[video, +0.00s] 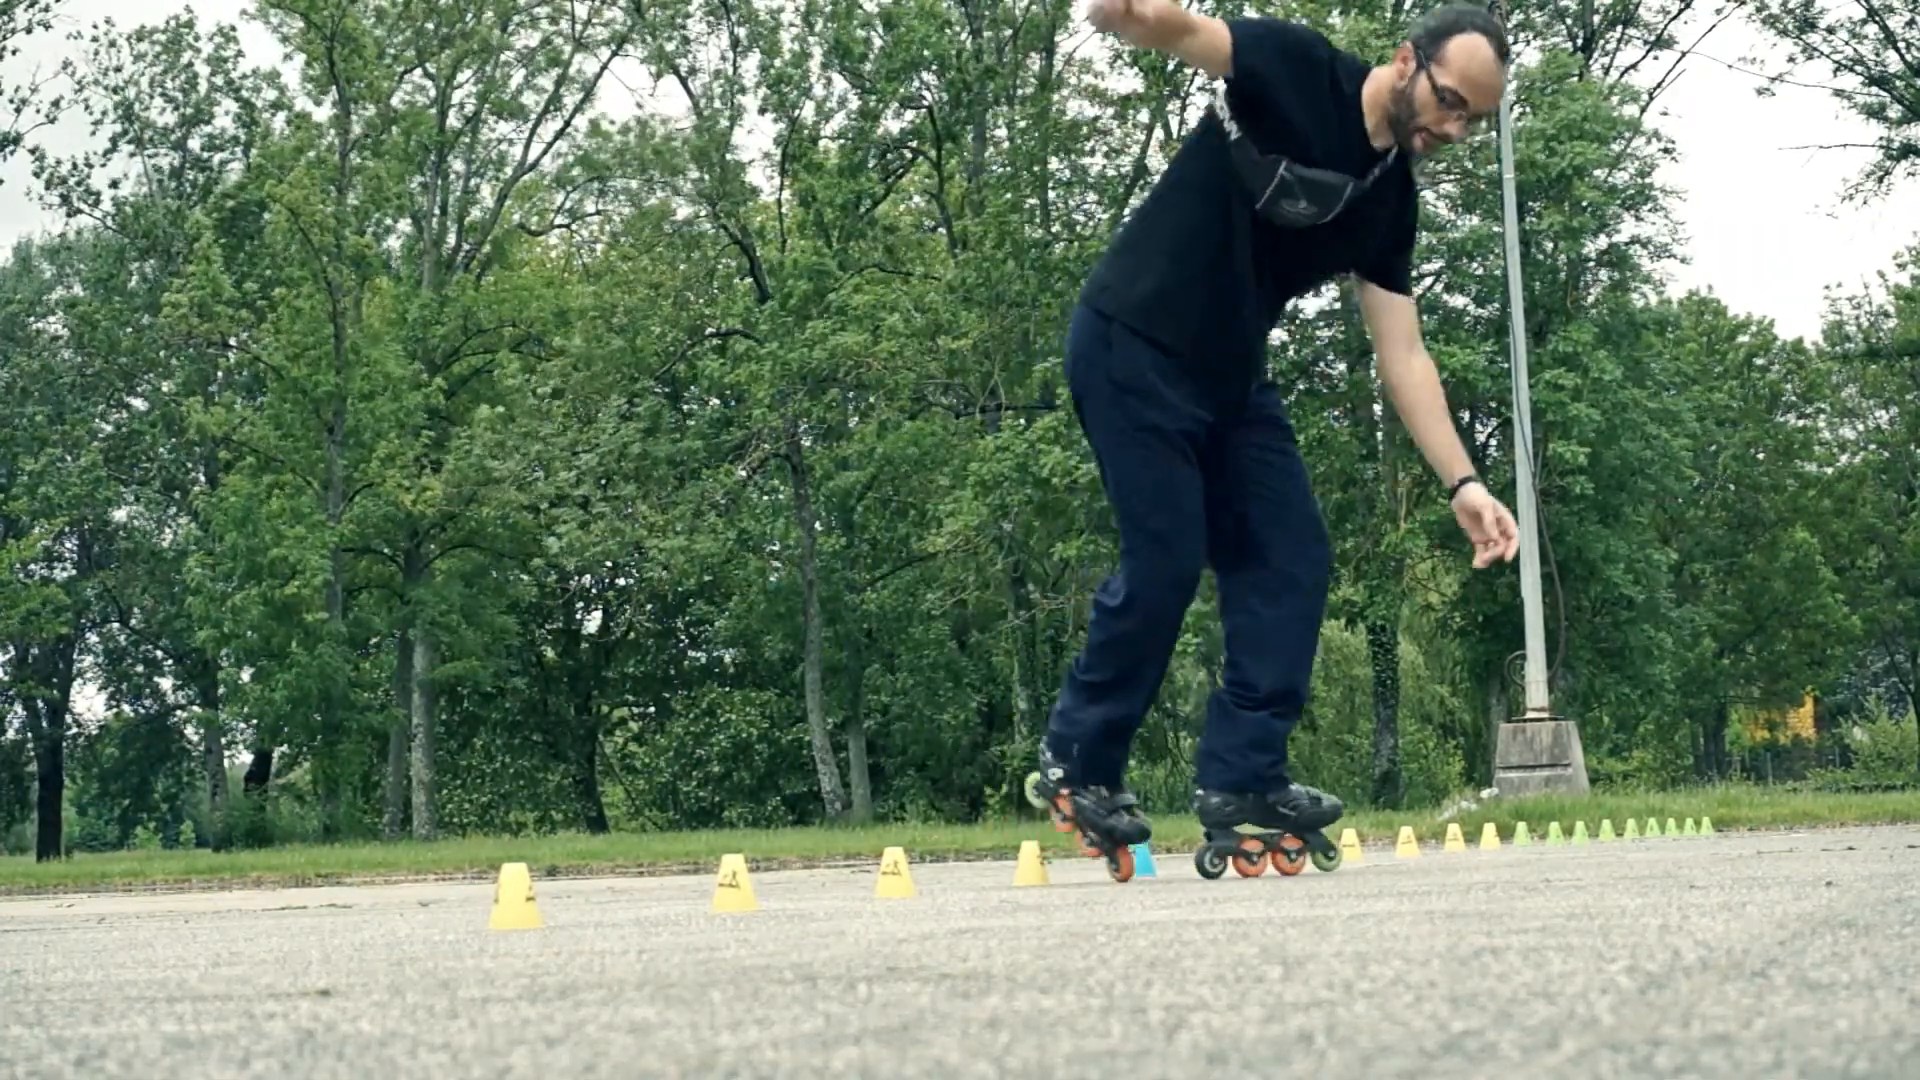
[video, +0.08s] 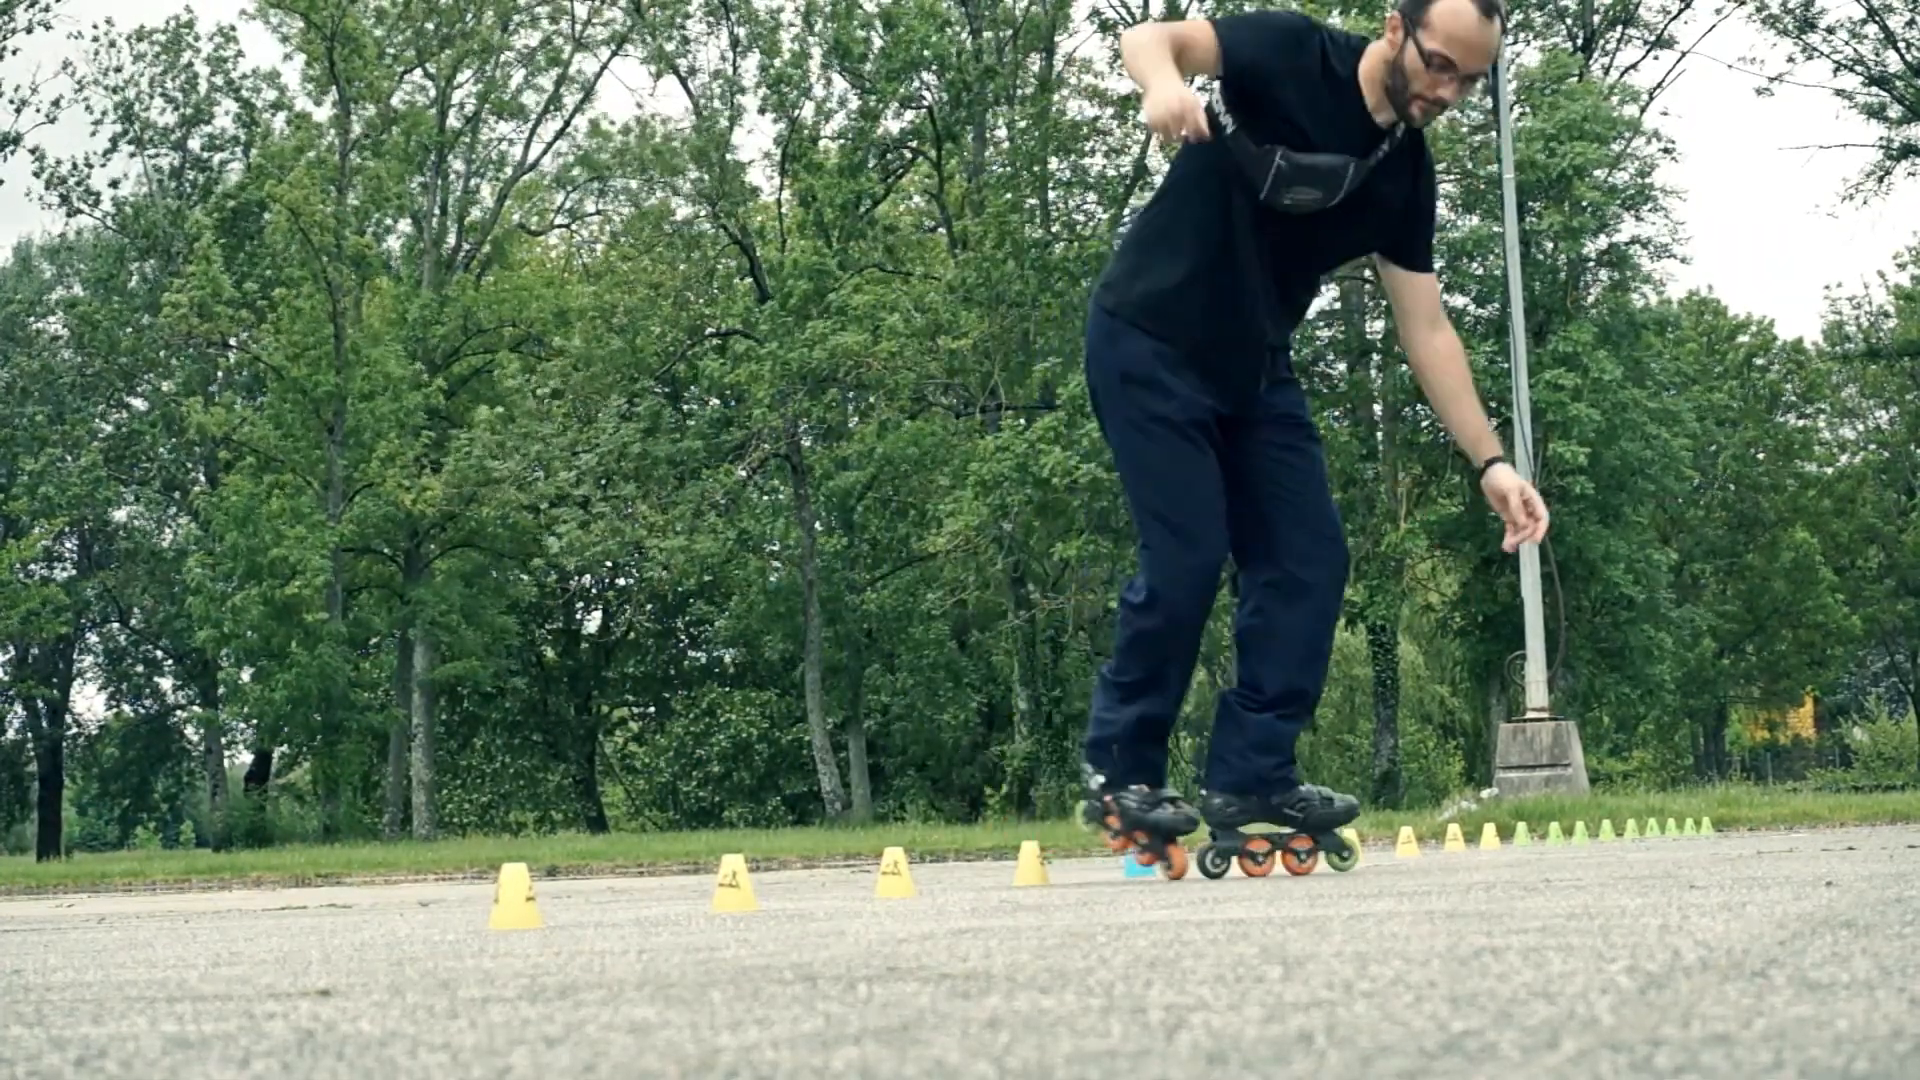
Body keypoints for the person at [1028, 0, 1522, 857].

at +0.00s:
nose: (1453, 127)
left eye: (1472, 118)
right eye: (1449, 100)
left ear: (1478, 113)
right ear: (1409, 58)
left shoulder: (1389, 197)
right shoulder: (1301, 67)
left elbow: (1402, 351)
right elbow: (1187, 32)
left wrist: (1464, 483)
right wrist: (1130, 18)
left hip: (1229, 367)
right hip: (1131, 335)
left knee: (1288, 558)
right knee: (1166, 556)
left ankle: (1242, 781)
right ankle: (1078, 765)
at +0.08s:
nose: (1449, 93)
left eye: (1470, 81)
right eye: (1439, 65)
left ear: (1486, 75)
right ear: (1396, 28)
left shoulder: (1404, 171)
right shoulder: (1291, 51)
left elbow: (1428, 328)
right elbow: (1145, 38)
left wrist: (1491, 463)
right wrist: (1164, 85)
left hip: (1255, 363)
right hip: (1148, 334)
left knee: (1306, 561)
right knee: (1188, 551)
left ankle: (1249, 778)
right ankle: (1122, 767)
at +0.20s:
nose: (1430, 50)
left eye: (1454, 35)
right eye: (1417, 24)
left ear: (1473, 30)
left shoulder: (1430, 134)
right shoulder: (1290, 37)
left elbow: (1464, 289)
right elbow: (1145, 96)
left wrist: (1531, 426)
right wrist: (1209, 196)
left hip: (1291, 354)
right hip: (1176, 328)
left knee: (1339, 551)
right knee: (1220, 531)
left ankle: (1303, 779)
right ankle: (1173, 773)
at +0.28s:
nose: (1421, 29)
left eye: (1445, 15)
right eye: (1408, 7)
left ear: (1465, 18)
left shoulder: (1447, 119)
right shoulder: (1289, 35)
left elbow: (1484, 266)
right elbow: (1148, 124)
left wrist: (1549, 404)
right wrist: (1211, 243)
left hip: (1316, 352)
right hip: (1201, 329)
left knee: (1368, 550)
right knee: (1245, 542)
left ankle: (1351, 779)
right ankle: (1217, 774)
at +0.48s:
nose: (1392, 8)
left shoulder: (1467, 78)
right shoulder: (1273, 43)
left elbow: (1511, 226)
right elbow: (1152, 147)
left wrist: (1564, 372)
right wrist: (1182, 292)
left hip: (1382, 349)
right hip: (1264, 339)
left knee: (1433, 547)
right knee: (1336, 527)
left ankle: (1467, 779)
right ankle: (1325, 776)